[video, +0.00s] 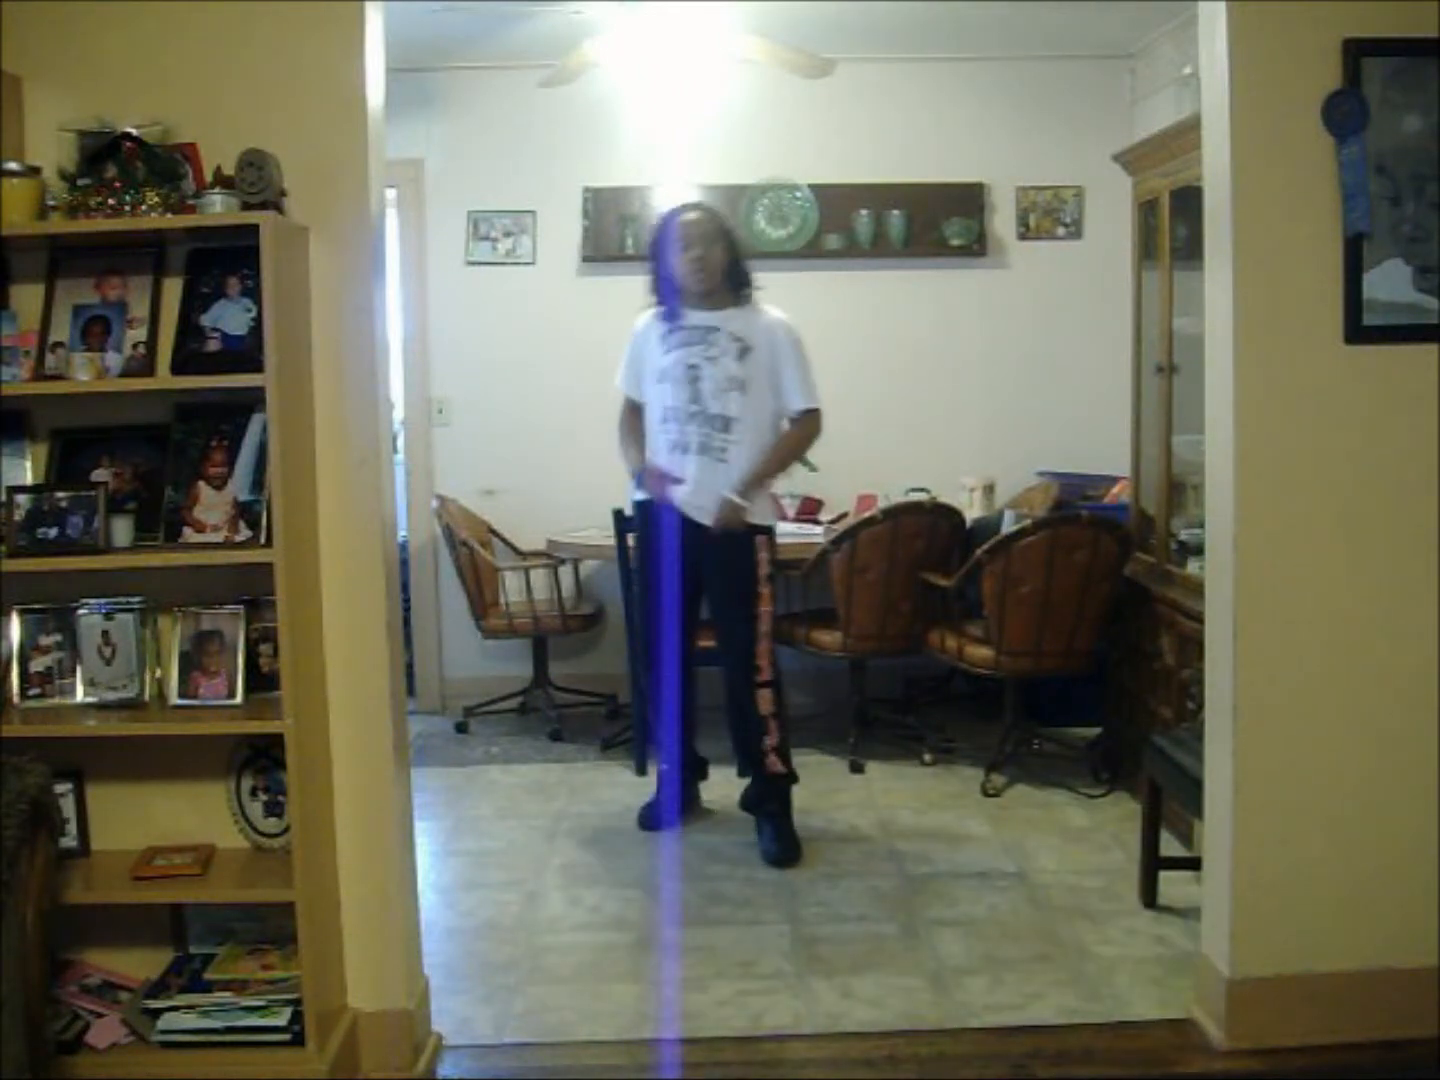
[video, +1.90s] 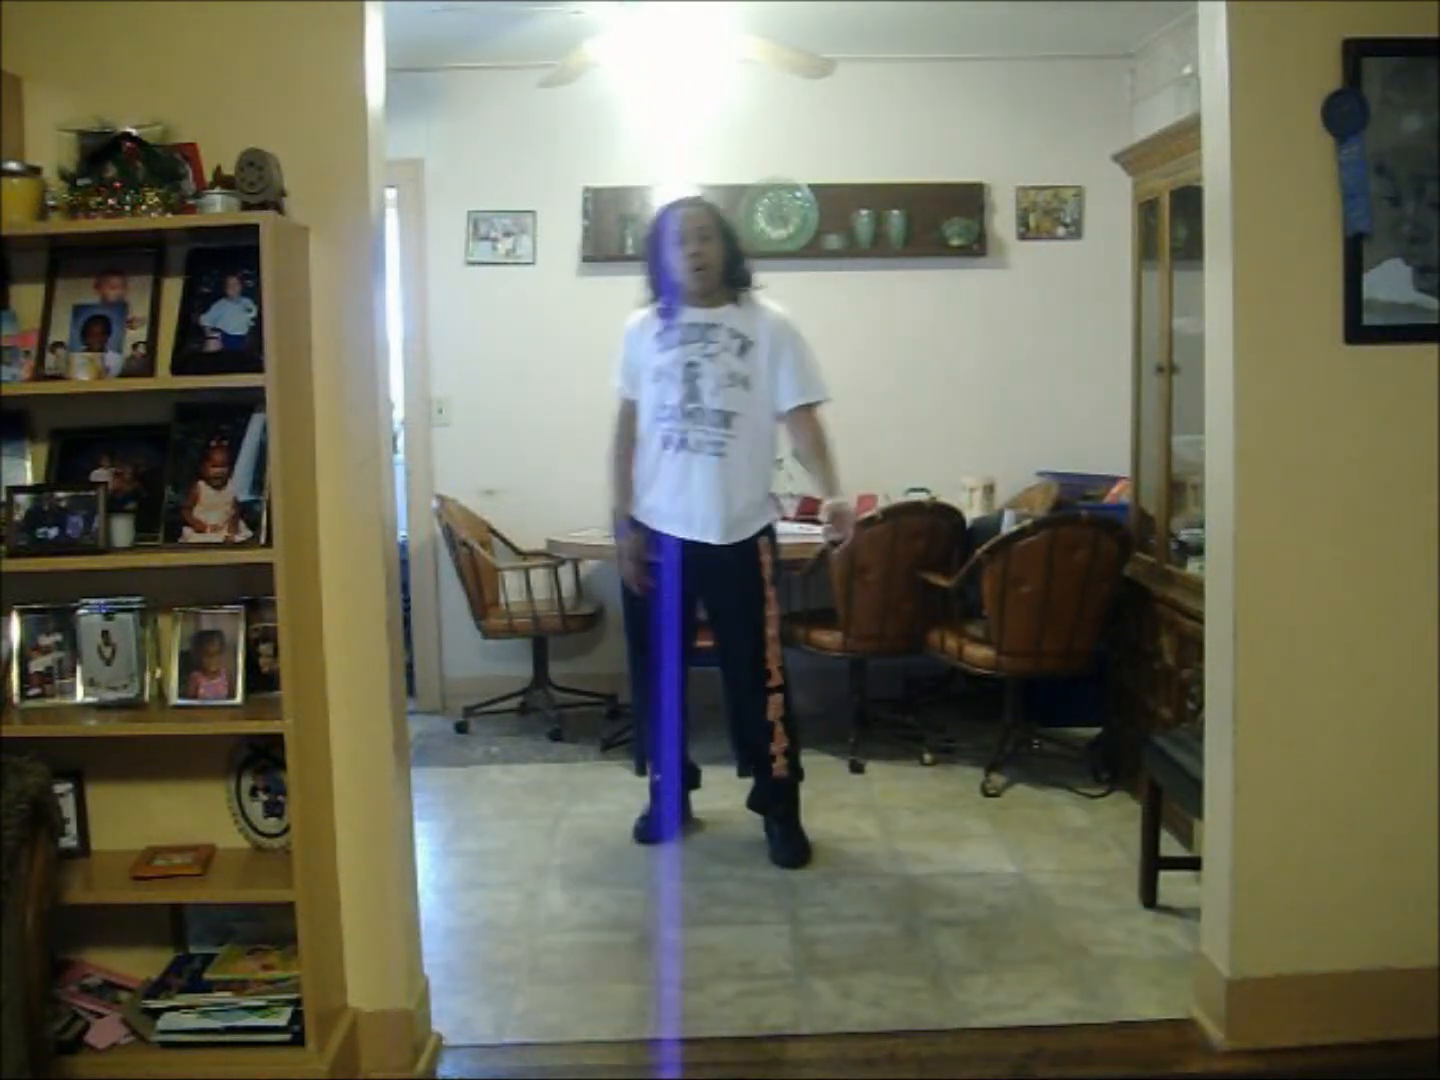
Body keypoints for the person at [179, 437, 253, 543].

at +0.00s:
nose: (219, 472)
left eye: (224, 466)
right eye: (214, 466)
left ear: (230, 469)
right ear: (204, 468)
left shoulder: (232, 488)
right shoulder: (200, 487)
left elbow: (236, 510)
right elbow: (187, 511)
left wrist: (232, 531)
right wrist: (200, 525)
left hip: (225, 532)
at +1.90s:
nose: (219, 471)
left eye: (223, 466)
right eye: (213, 466)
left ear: (230, 469)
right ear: (203, 468)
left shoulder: (232, 488)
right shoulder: (200, 487)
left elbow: (237, 511)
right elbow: (186, 511)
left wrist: (232, 531)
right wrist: (202, 526)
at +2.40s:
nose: (219, 472)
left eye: (224, 467)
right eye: (214, 466)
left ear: (230, 469)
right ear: (203, 468)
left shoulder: (231, 488)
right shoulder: (199, 488)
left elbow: (236, 508)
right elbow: (186, 511)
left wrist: (234, 523)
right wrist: (200, 526)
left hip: (225, 533)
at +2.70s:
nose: (219, 472)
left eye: (224, 467)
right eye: (214, 466)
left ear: (230, 469)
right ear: (203, 468)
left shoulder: (231, 488)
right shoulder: (199, 488)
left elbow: (236, 509)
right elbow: (186, 511)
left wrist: (234, 523)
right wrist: (199, 525)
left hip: (225, 533)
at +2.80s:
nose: (219, 472)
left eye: (224, 467)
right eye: (214, 466)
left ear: (230, 469)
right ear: (203, 468)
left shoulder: (231, 488)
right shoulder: (199, 488)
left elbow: (236, 509)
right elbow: (186, 511)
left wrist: (234, 524)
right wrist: (199, 525)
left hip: (225, 533)